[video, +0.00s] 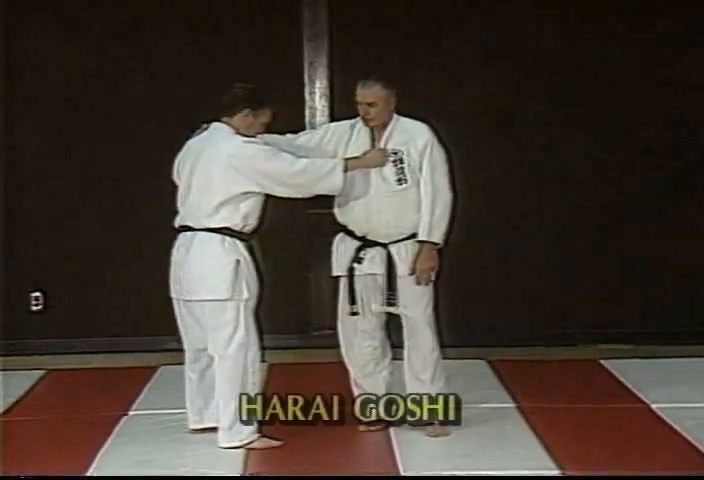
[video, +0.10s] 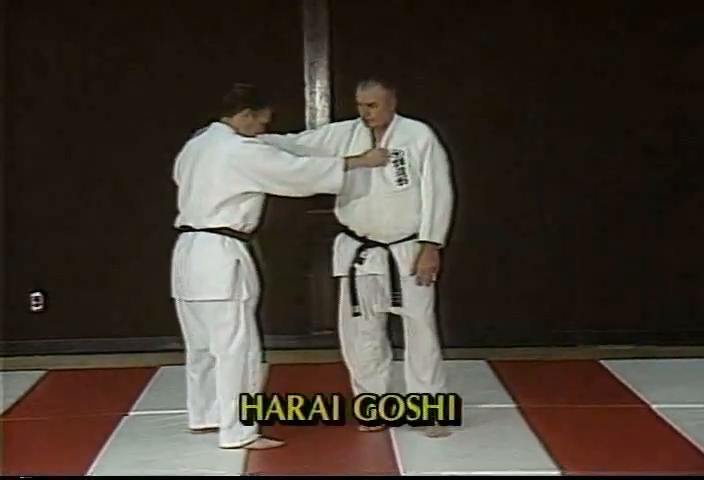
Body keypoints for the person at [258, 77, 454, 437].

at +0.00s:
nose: (365, 112)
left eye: (372, 106)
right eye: (360, 106)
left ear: (391, 102)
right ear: (355, 104)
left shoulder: (419, 137)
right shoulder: (344, 133)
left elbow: (438, 193)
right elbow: (295, 144)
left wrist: (429, 246)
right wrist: (243, 140)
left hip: (408, 247)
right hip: (357, 247)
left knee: (419, 327)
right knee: (360, 327)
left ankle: (429, 408)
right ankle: (372, 407)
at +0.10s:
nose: (366, 113)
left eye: (372, 106)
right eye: (361, 106)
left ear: (392, 103)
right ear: (356, 106)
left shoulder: (419, 137)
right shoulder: (345, 134)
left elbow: (439, 193)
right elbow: (298, 144)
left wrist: (430, 247)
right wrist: (249, 142)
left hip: (408, 248)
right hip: (358, 248)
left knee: (420, 329)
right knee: (361, 329)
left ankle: (428, 407)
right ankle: (372, 405)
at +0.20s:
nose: (366, 113)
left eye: (372, 106)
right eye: (361, 106)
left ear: (392, 103)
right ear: (356, 105)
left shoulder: (419, 136)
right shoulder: (346, 133)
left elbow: (439, 194)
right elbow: (298, 143)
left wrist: (431, 247)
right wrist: (249, 140)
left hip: (408, 248)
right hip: (358, 248)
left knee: (420, 329)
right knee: (361, 329)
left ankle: (428, 407)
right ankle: (372, 406)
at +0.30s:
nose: (366, 112)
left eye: (373, 105)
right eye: (361, 106)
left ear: (392, 102)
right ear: (356, 105)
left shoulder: (419, 136)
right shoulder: (346, 133)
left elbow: (439, 193)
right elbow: (298, 143)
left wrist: (431, 247)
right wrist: (249, 141)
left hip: (409, 247)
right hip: (358, 247)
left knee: (420, 327)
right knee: (361, 327)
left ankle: (428, 407)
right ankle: (372, 405)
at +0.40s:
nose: (366, 112)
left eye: (373, 105)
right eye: (361, 106)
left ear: (392, 102)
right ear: (356, 106)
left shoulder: (419, 137)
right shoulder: (346, 133)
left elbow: (439, 194)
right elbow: (298, 144)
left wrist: (431, 247)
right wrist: (249, 141)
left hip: (408, 247)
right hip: (358, 247)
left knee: (420, 326)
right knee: (360, 327)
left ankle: (428, 407)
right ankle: (372, 405)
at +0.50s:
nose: (366, 112)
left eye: (372, 106)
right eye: (361, 106)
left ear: (391, 103)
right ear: (356, 105)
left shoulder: (418, 137)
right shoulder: (345, 134)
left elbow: (439, 194)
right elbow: (297, 144)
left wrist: (431, 247)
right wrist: (246, 142)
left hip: (408, 248)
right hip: (358, 247)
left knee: (420, 327)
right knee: (360, 327)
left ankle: (429, 407)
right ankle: (372, 405)